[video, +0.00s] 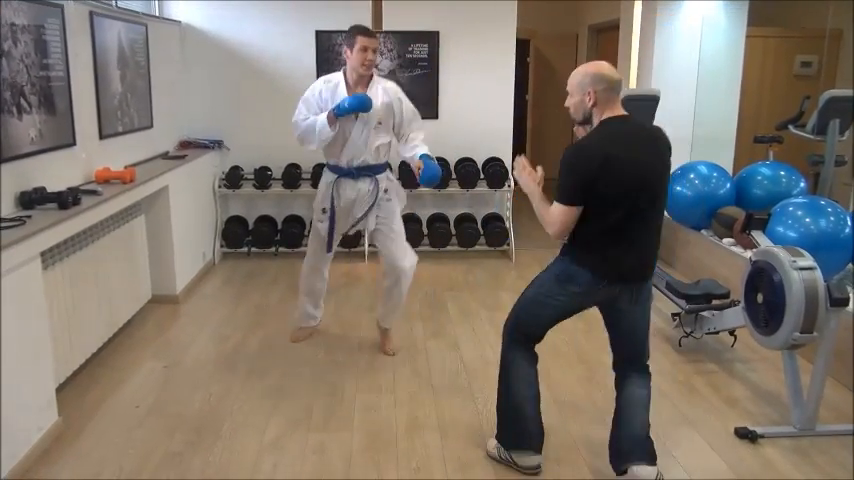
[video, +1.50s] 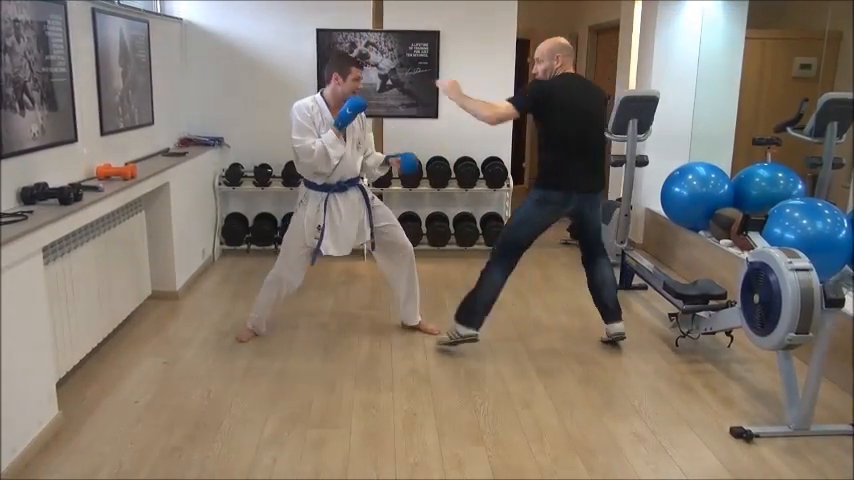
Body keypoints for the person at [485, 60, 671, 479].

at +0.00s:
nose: (567, 102)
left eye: (570, 94)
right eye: (567, 94)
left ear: (591, 97)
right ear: (613, 96)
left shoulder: (585, 153)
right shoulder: (657, 140)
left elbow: (556, 226)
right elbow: (633, 196)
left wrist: (532, 189)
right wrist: (587, 139)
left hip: (583, 271)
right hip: (635, 276)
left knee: (518, 335)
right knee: (633, 368)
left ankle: (521, 447)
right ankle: (638, 463)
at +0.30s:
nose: (546, 69)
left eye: (549, 61)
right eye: (547, 62)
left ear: (568, 62)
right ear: (588, 62)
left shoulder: (569, 105)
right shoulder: (623, 100)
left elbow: (575, 176)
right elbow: (614, 156)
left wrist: (547, 172)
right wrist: (565, 138)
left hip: (597, 232)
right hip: (637, 228)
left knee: (562, 332)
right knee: (619, 303)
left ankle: (580, 451)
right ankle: (649, 397)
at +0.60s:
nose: (571, 60)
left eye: (576, 52)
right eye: (572, 53)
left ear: (598, 52)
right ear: (605, 52)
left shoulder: (601, 92)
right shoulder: (628, 91)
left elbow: (583, 157)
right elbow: (605, 151)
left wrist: (543, 144)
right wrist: (577, 117)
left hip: (611, 212)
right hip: (633, 209)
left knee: (588, 305)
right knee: (617, 294)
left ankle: (610, 407)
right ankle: (645, 374)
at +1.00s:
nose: (574, 62)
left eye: (579, 56)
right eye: (574, 56)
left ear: (600, 54)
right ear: (604, 54)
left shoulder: (599, 90)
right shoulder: (628, 87)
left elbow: (604, 147)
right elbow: (598, 134)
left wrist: (568, 160)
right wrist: (575, 103)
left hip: (603, 198)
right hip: (624, 194)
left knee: (574, 270)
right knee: (611, 261)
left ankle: (615, 353)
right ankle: (626, 334)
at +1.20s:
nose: (573, 65)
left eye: (578, 59)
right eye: (572, 59)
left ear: (599, 58)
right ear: (602, 61)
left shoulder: (589, 87)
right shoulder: (623, 88)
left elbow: (580, 136)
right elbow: (596, 133)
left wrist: (551, 136)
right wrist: (571, 98)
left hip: (593, 193)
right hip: (619, 191)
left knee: (548, 256)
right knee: (610, 259)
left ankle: (555, 341)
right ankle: (627, 331)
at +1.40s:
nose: (551, 61)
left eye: (555, 55)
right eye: (551, 55)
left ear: (577, 54)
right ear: (583, 55)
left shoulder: (564, 85)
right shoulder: (610, 88)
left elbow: (549, 131)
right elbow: (586, 121)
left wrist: (513, 132)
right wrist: (550, 99)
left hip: (564, 185)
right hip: (601, 187)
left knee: (519, 244)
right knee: (607, 252)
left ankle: (503, 325)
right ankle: (621, 324)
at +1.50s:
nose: (533, 69)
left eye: (538, 62)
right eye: (534, 62)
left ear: (559, 61)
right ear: (565, 62)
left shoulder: (543, 89)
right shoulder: (597, 92)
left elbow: (495, 115)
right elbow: (600, 140)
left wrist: (457, 95)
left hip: (554, 188)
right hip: (592, 190)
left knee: (506, 249)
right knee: (595, 252)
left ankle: (467, 324)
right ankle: (614, 322)